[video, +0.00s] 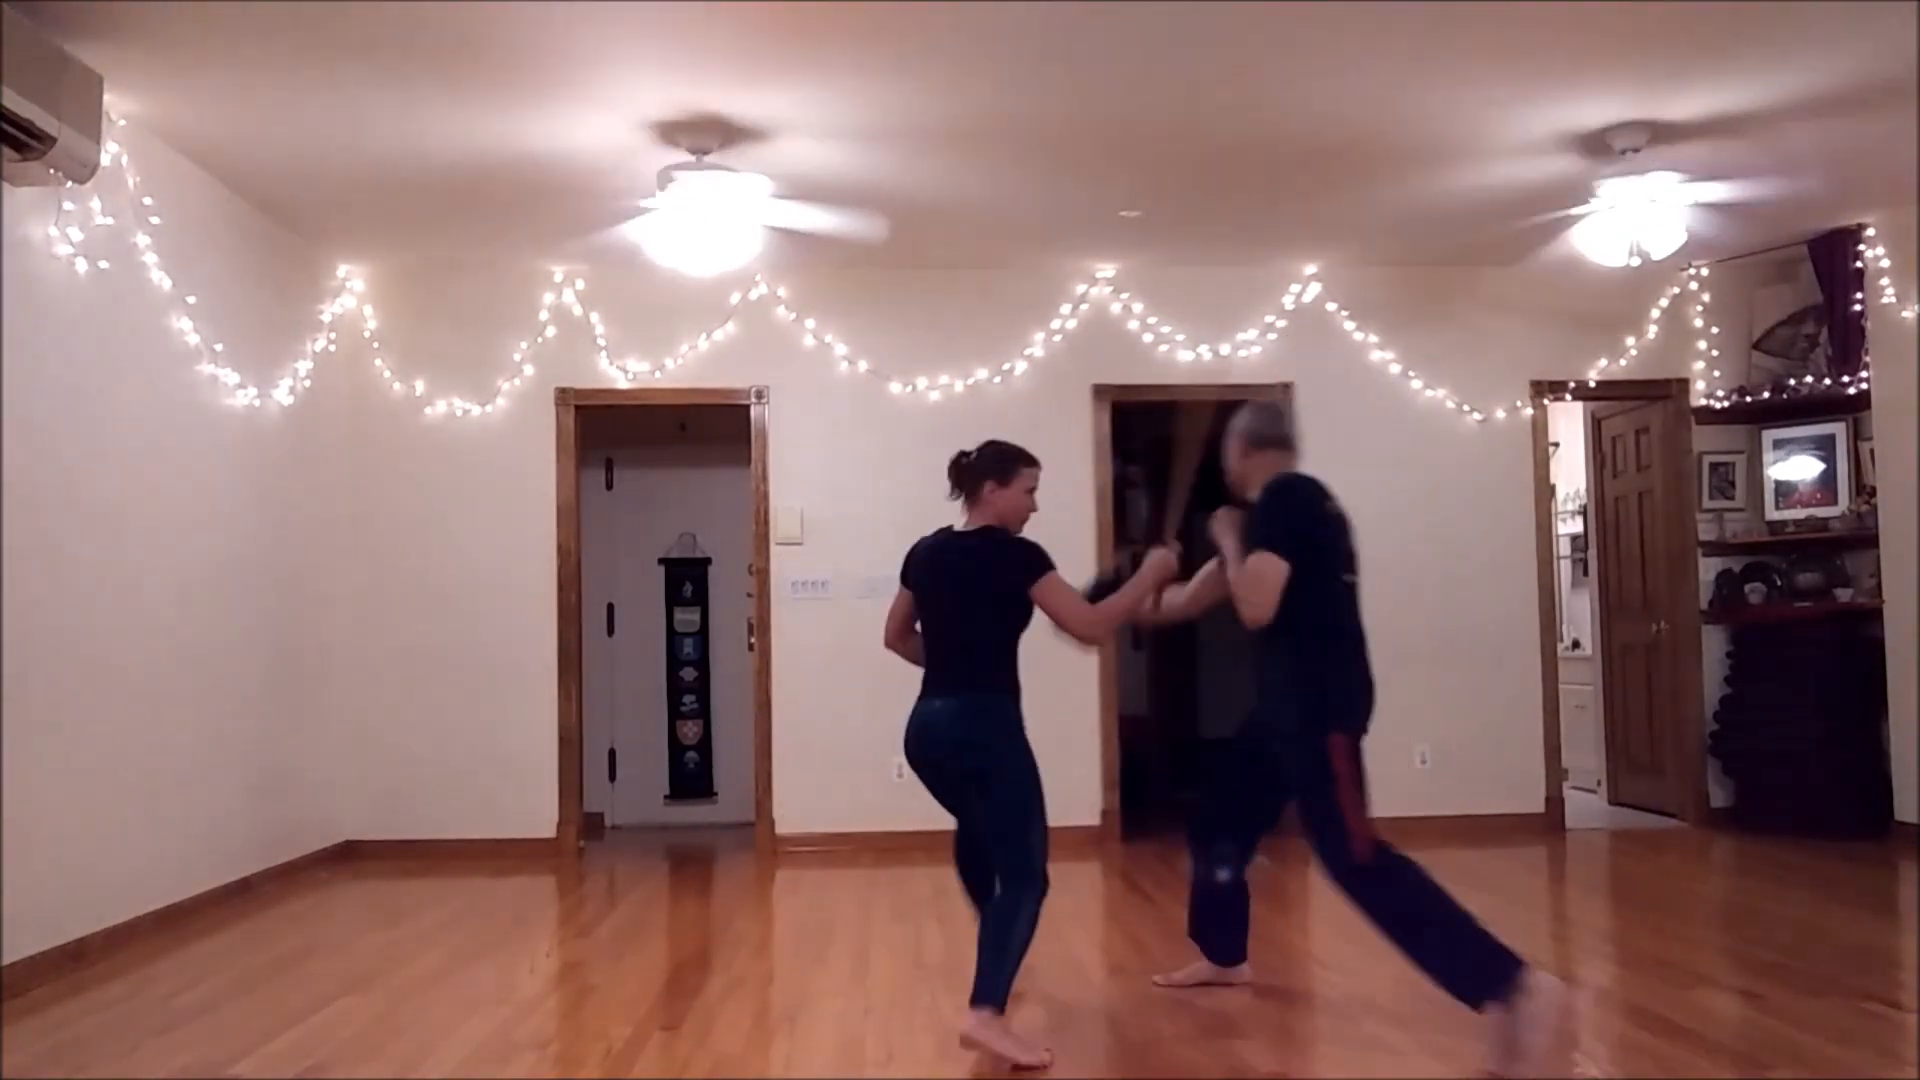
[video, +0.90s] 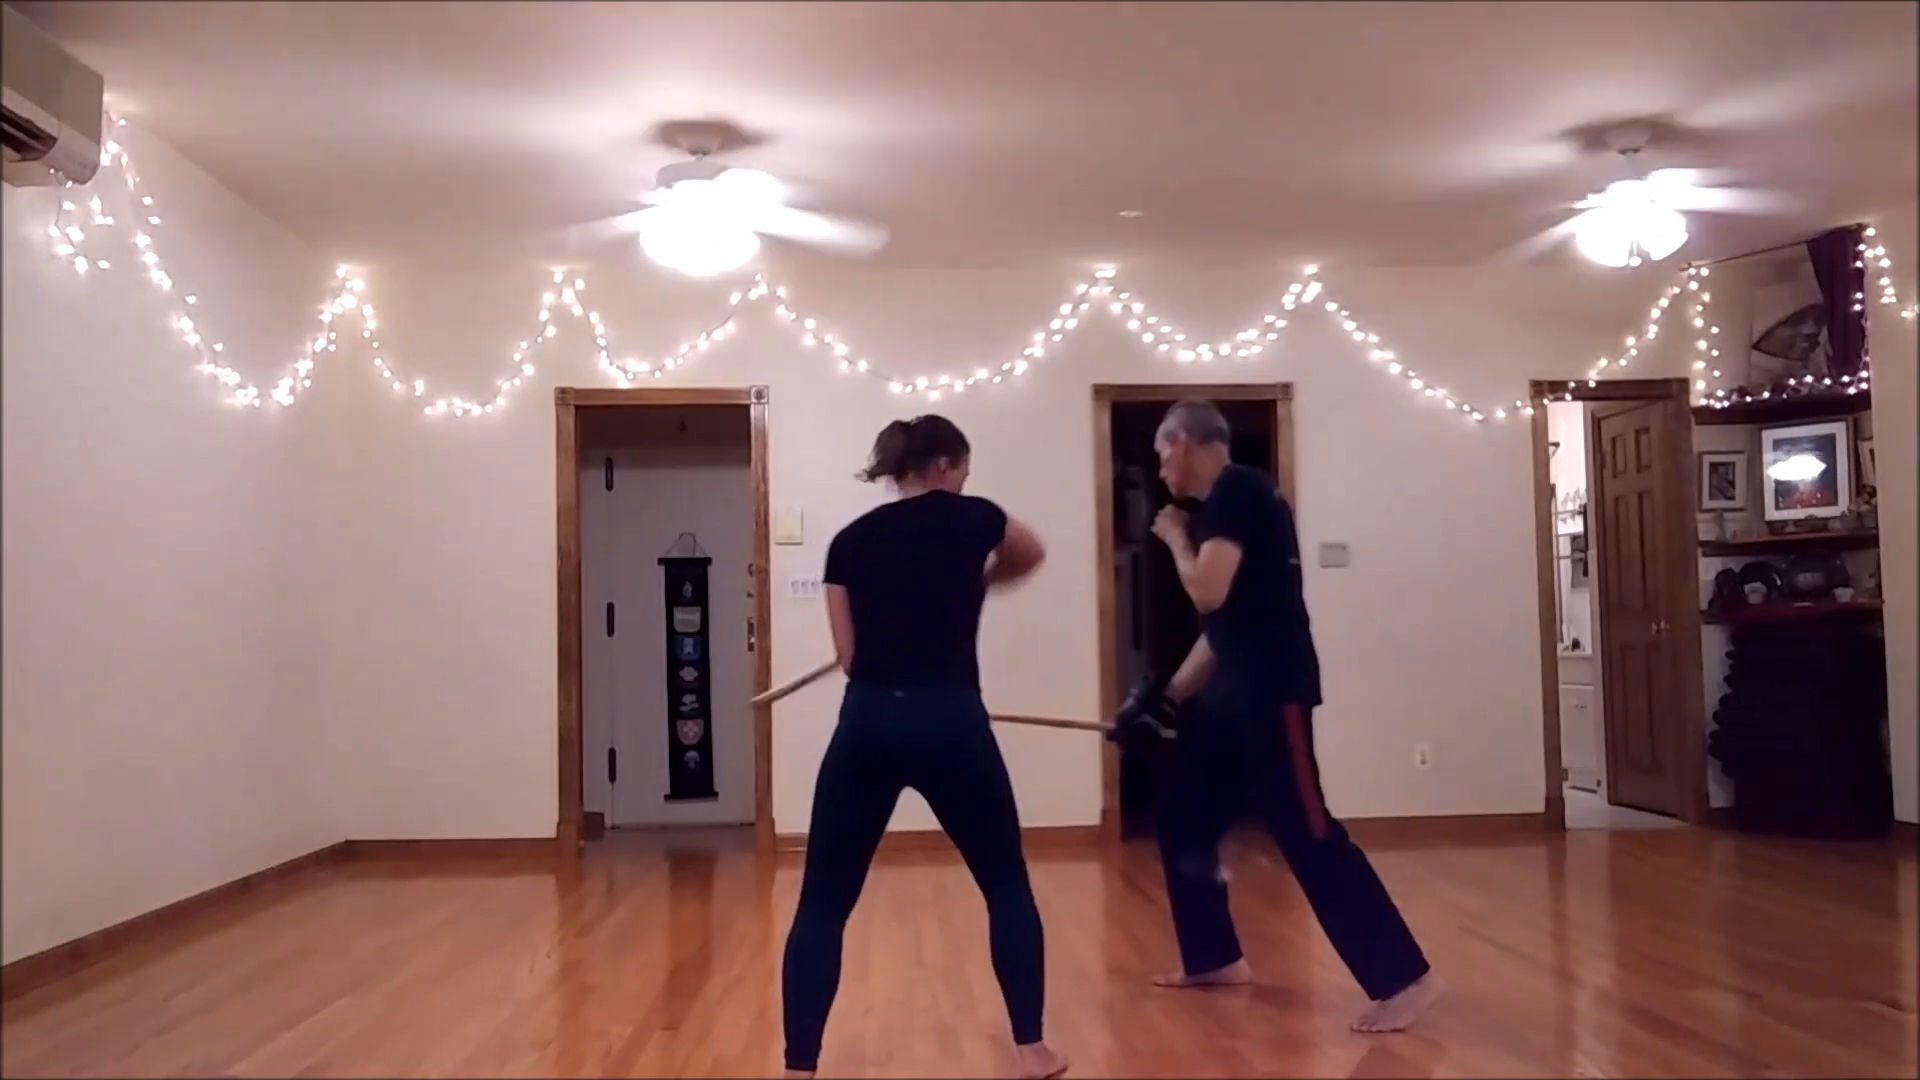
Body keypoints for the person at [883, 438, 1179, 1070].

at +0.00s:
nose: (1033, 504)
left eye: (1034, 492)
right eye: (1028, 492)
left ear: (979, 494)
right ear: (991, 491)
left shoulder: (928, 551)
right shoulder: (1017, 554)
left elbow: (897, 636)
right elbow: (1090, 624)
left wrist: (947, 662)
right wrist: (1148, 577)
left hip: (928, 731)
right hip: (990, 732)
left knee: (974, 827)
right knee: (1027, 876)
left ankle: (999, 930)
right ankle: (985, 1013)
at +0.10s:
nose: (1031, 503)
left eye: (1033, 492)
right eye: (1028, 491)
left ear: (975, 488)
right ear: (998, 487)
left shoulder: (918, 548)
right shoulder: (1022, 551)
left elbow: (894, 644)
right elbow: (1089, 633)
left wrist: (952, 663)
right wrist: (1146, 602)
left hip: (926, 735)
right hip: (998, 737)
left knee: (955, 828)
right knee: (1035, 886)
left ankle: (941, 955)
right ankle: (981, 1032)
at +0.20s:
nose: (1027, 494)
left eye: (1028, 482)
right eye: (1025, 482)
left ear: (969, 477)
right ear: (1000, 478)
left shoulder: (912, 536)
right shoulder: (1021, 542)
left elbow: (891, 637)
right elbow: (1074, 634)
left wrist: (963, 653)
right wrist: (1127, 621)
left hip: (922, 725)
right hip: (997, 724)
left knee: (925, 857)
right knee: (1025, 881)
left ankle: (878, 978)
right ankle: (980, 1035)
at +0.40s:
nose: (1008, 483)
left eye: (1008, 473)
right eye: (1008, 473)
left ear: (944, 468)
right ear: (990, 472)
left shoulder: (886, 519)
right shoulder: (1004, 541)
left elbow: (856, 623)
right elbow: (1043, 647)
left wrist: (912, 645)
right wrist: (1092, 654)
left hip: (895, 718)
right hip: (976, 721)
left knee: (842, 877)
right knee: (1008, 878)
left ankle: (795, 1037)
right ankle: (980, 1038)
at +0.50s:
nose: (993, 483)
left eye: (992, 473)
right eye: (993, 473)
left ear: (928, 466)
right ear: (977, 471)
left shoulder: (870, 512)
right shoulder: (990, 543)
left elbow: (828, 614)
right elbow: (1009, 653)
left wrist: (878, 643)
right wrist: (1041, 680)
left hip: (876, 719)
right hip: (958, 723)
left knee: (832, 886)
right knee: (997, 876)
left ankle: (796, 1059)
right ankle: (979, 1038)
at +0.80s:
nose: (953, 481)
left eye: (952, 472)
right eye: (952, 471)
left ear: (885, 469)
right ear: (936, 467)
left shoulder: (835, 533)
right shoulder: (962, 521)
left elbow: (828, 651)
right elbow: (1021, 608)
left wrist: (883, 684)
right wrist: (973, 668)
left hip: (862, 721)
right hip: (947, 718)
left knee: (820, 897)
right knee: (1000, 879)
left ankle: (798, 1063)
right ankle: (1029, 1041)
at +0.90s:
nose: (962, 480)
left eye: (961, 471)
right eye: (961, 470)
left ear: (897, 468)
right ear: (946, 467)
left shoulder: (850, 538)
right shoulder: (972, 515)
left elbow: (847, 655)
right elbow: (1028, 554)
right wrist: (973, 582)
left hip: (867, 733)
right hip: (953, 731)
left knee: (824, 900)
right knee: (1006, 885)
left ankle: (799, 1063)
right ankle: (1030, 1046)